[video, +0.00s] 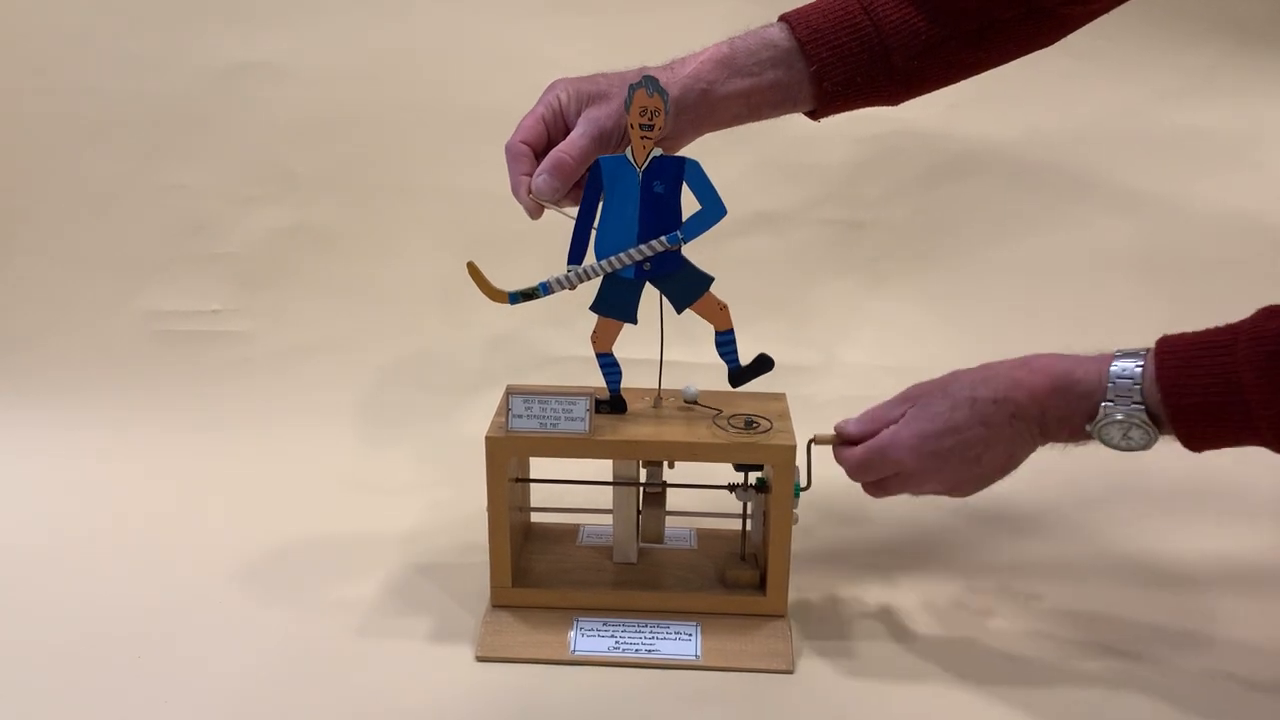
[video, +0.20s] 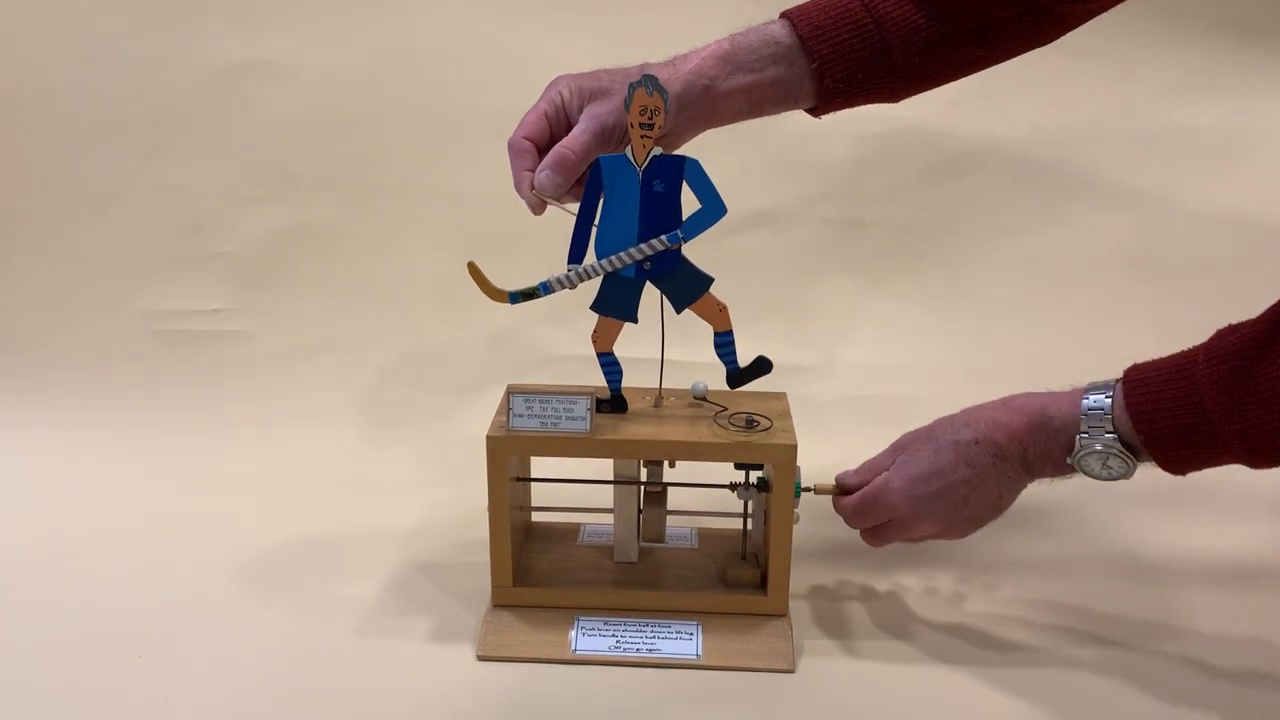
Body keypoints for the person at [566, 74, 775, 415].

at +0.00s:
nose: (649, 122)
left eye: (656, 114)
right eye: (642, 114)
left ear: (665, 119)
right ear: (628, 119)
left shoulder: (681, 167)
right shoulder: (605, 167)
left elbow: (716, 209)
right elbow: (585, 218)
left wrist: (677, 238)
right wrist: (573, 267)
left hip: (667, 264)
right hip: (621, 268)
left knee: (720, 313)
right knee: (601, 340)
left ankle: (736, 371)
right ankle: (615, 398)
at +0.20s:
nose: (649, 118)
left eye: (656, 111)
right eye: (641, 111)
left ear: (665, 118)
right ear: (627, 115)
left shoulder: (681, 165)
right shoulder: (605, 166)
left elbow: (715, 208)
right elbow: (585, 218)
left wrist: (677, 237)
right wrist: (573, 267)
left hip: (668, 263)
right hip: (622, 267)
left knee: (719, 314)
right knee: (601, 340)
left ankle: (734, 373)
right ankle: (616, 397)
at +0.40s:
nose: (646, 118)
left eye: (653, 111)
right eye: (639, 111)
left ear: (662, 118)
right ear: (625, 117)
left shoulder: (681, 164)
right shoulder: (605, 165)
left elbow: (715, 206)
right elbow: (585, 217)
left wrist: (675, 236)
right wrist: (573, 265)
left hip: (667, 264)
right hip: (621, 267)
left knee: (712, 320)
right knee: (602, 338)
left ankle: (720, 379)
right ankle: (616, 396)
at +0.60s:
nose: (645, 117)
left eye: (653, 110)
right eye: (639, 109)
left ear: (662, 118)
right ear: (626, 114)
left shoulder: (680, 163)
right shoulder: (604, 165)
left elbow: (715, 206)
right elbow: (584, 217)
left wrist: (678, 234)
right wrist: (573, 265)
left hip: (664, 267)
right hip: (620, 268)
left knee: (691, 334)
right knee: (602, 338)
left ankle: (682, 391)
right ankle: (617, 396)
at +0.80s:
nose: (646, 114)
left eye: (653, 108)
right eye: (639, 107)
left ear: (662, 116)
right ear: (625, 113)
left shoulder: (679, 164)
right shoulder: (603, 165)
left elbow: (715, 206)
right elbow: (584, 218)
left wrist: (677, 235)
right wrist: (573, 266)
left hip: (664, 268)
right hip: (620, 269)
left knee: (690, 334)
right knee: (602, 338)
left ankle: (680, 391)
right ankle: (617, 395)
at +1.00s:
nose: (646, 114)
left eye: (653, 108)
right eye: (639, 107)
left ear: (662, 115)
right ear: (624, 112)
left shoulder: (678, 164)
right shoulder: (602, 165)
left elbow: (715, 205)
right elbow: (583, 219)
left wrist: (678, 234)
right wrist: (573, 266)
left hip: (663, 267)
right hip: (619, 267)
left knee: (690, 334)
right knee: (602, 338)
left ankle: (680, 392)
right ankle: (617, 396)